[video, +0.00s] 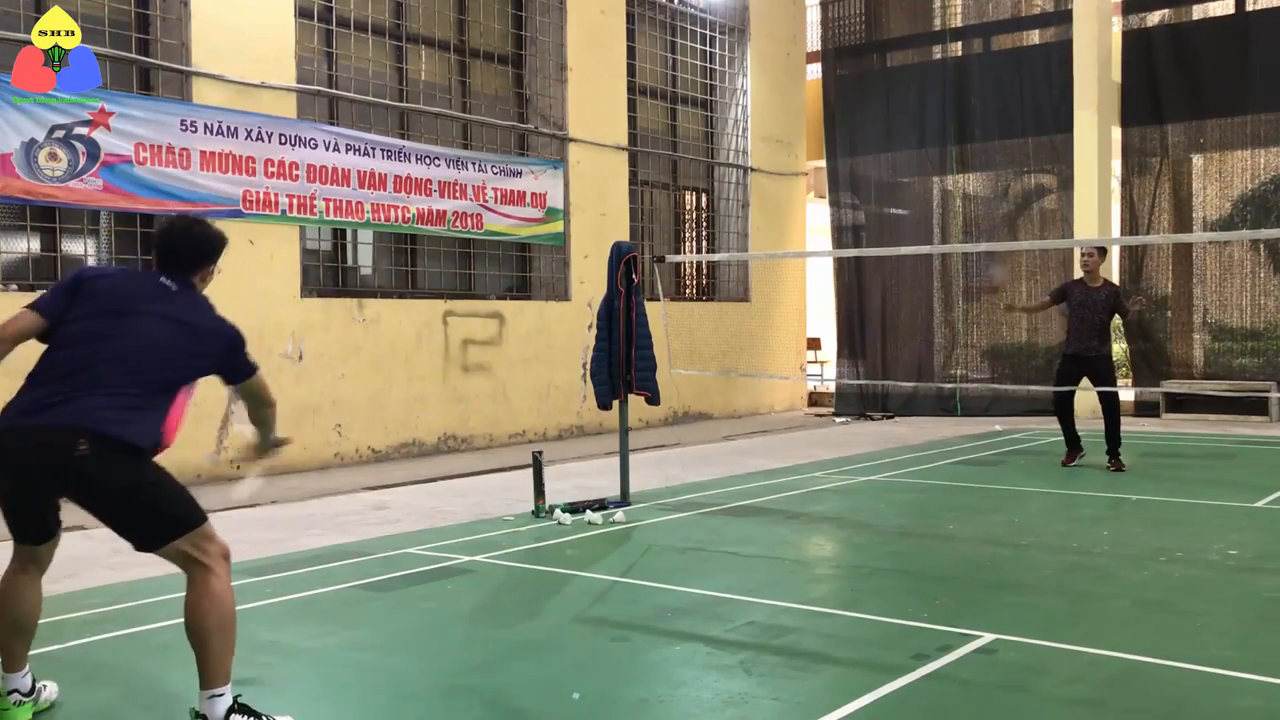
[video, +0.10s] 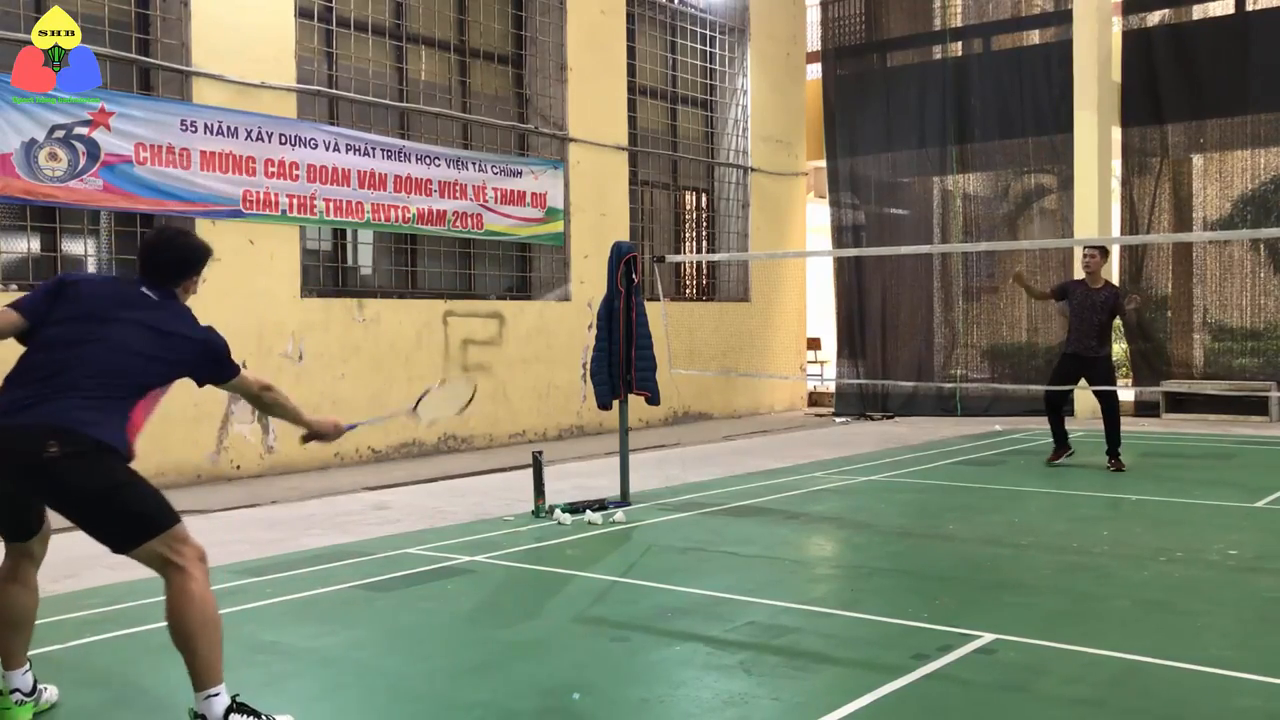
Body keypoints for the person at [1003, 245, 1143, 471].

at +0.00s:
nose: (1085, 259)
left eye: (1090, 255)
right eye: (1083, 255)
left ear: (1101, 260)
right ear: (1080, 259)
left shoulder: (1112, 290)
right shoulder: (1071, 287)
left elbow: (1126, 318)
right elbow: (1043, 305)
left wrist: (1133, 310)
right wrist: (1018, 308)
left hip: (1100, 358)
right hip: (1072, 356)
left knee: (1111, 405)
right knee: (1061, 401)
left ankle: (1114, 455)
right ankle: (1073, 448)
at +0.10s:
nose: (1087, 260)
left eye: (1092, 256)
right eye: (1085, 256)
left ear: (1103, 261)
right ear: (1081, 260)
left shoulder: (1114, 293)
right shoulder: (1073, 287)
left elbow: (1129, 327)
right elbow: (1041, 295)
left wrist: (1129, 311)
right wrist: (1024, 284)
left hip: (1099, 359)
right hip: (1071, 356)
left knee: (1110, 404)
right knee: (1052, 397)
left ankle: (1114, 455)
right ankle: (1061, 445)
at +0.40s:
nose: (1067, 260)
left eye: (1073, 256)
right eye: (1067, 256)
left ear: (1086, 263)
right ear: (1066, 262)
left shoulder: (1095, 293)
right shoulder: (1056, 286)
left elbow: (1109, 324)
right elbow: (1027, 279)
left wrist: (1113, 311)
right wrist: (1032, 250)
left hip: (1085, 359)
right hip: (1058, 357)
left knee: (1102, 407)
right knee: (1039, 402)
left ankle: (1113, 456)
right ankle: (1033, 451)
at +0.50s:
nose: (1053, 256)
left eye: (1060, 254)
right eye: (1055, 253)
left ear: (1073, 261)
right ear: (1054, 260)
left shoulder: (1081, 291)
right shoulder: (1043, 284)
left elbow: (1098, 321)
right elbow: (1009, 270)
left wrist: (1102, 306)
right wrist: (1010, 246)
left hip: (1077, 356)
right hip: (1050, 355)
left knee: (1097, 405)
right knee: (1035, 403)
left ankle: (1113, 454)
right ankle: (1032, 451)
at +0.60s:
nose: (1041, 255)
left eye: (1047, 253)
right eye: (1042, 252)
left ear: (1060, 261)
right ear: (1049, 261)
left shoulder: (1070, 288)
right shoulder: (1032, 282)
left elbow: (1088, 316)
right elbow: (1005, 272)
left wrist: (1093, 300)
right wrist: (984, 256)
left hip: (1071, 354)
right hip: (1046, 353)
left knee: (1091, 401)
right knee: (1033, 402)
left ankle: (1108, 450)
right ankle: (1032, 451)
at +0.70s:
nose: (1035, 257)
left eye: (1041, 254)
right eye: (1036, 253)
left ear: (1054, 260)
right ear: (1037, 260)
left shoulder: (1065, 287)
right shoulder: (1025, 284)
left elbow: (1084, 315)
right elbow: (991, 288)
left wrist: (1089, 297)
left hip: (1065, 353)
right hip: (1039, 353)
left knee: (1084, 400)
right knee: (1031, 403)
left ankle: (1102, 449)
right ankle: (1031, 452)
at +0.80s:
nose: (1032, 257)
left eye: (1038, 254)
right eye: (1031, 253)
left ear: (1050, 261)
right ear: (1029, 260)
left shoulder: (1062, 288)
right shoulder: (1021, 288)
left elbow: (1082, 314)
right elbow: (996, 308)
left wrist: (1087, 300)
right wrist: (972, 325)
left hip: (1062, 354)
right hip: (1034, 356)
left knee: (1080, 402)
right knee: (1028, 405)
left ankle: (1093, 451)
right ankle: (1031, 452)